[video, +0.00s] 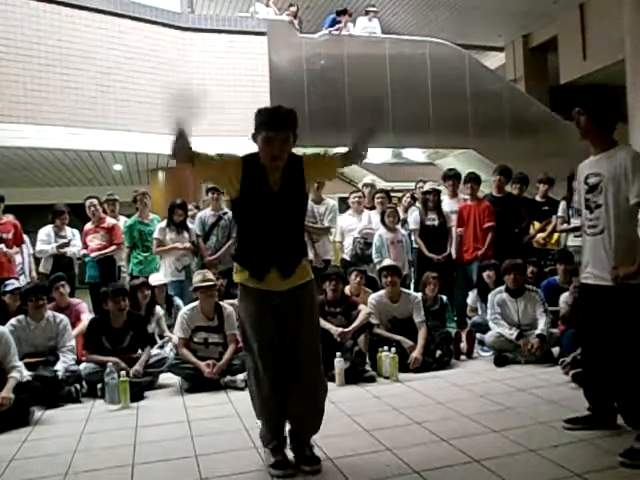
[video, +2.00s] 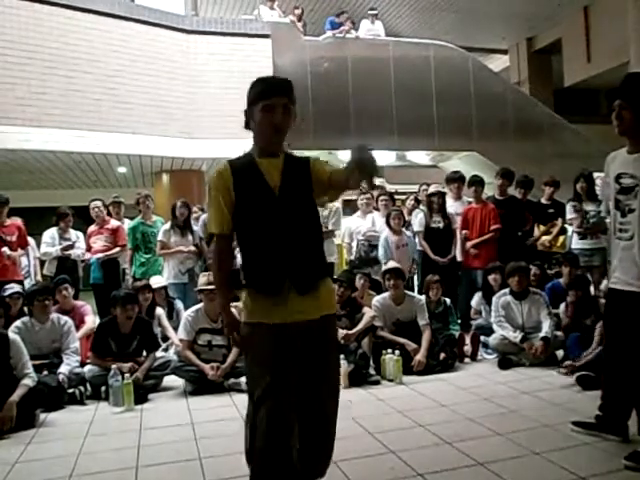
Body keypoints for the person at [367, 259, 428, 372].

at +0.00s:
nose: (390, 280)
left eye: (393, 275)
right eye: (385, 276)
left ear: (400, 278)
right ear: (381, 280)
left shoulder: (414, 298)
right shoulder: (374, 300)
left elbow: (422, 326)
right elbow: (374, 328)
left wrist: (418, 351)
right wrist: (401, 339)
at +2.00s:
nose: (393, 283)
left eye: (397, 279)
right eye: (388, 279)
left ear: (403, 281)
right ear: (384, 282)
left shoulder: (418, 300)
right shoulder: (378, 302)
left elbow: (426, 329)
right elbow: (378, 330)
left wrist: (422, 354)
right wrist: (405, 342)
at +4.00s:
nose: (393, 284)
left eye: (397, 280)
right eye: (389, 280)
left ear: (404, 282)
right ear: (385, 283)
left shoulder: (418, 300)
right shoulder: (379, 302)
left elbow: (426, 329)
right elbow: (379, 331)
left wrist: (422, 354)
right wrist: (405, 342)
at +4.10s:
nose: (393, 283)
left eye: (397, 279)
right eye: (390, 279)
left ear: (404, 282)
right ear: (386, 282)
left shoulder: (418, 300)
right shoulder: (379, 302)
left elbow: (426, 329)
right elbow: (378, 331)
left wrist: (422, 354)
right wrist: (405, 342)